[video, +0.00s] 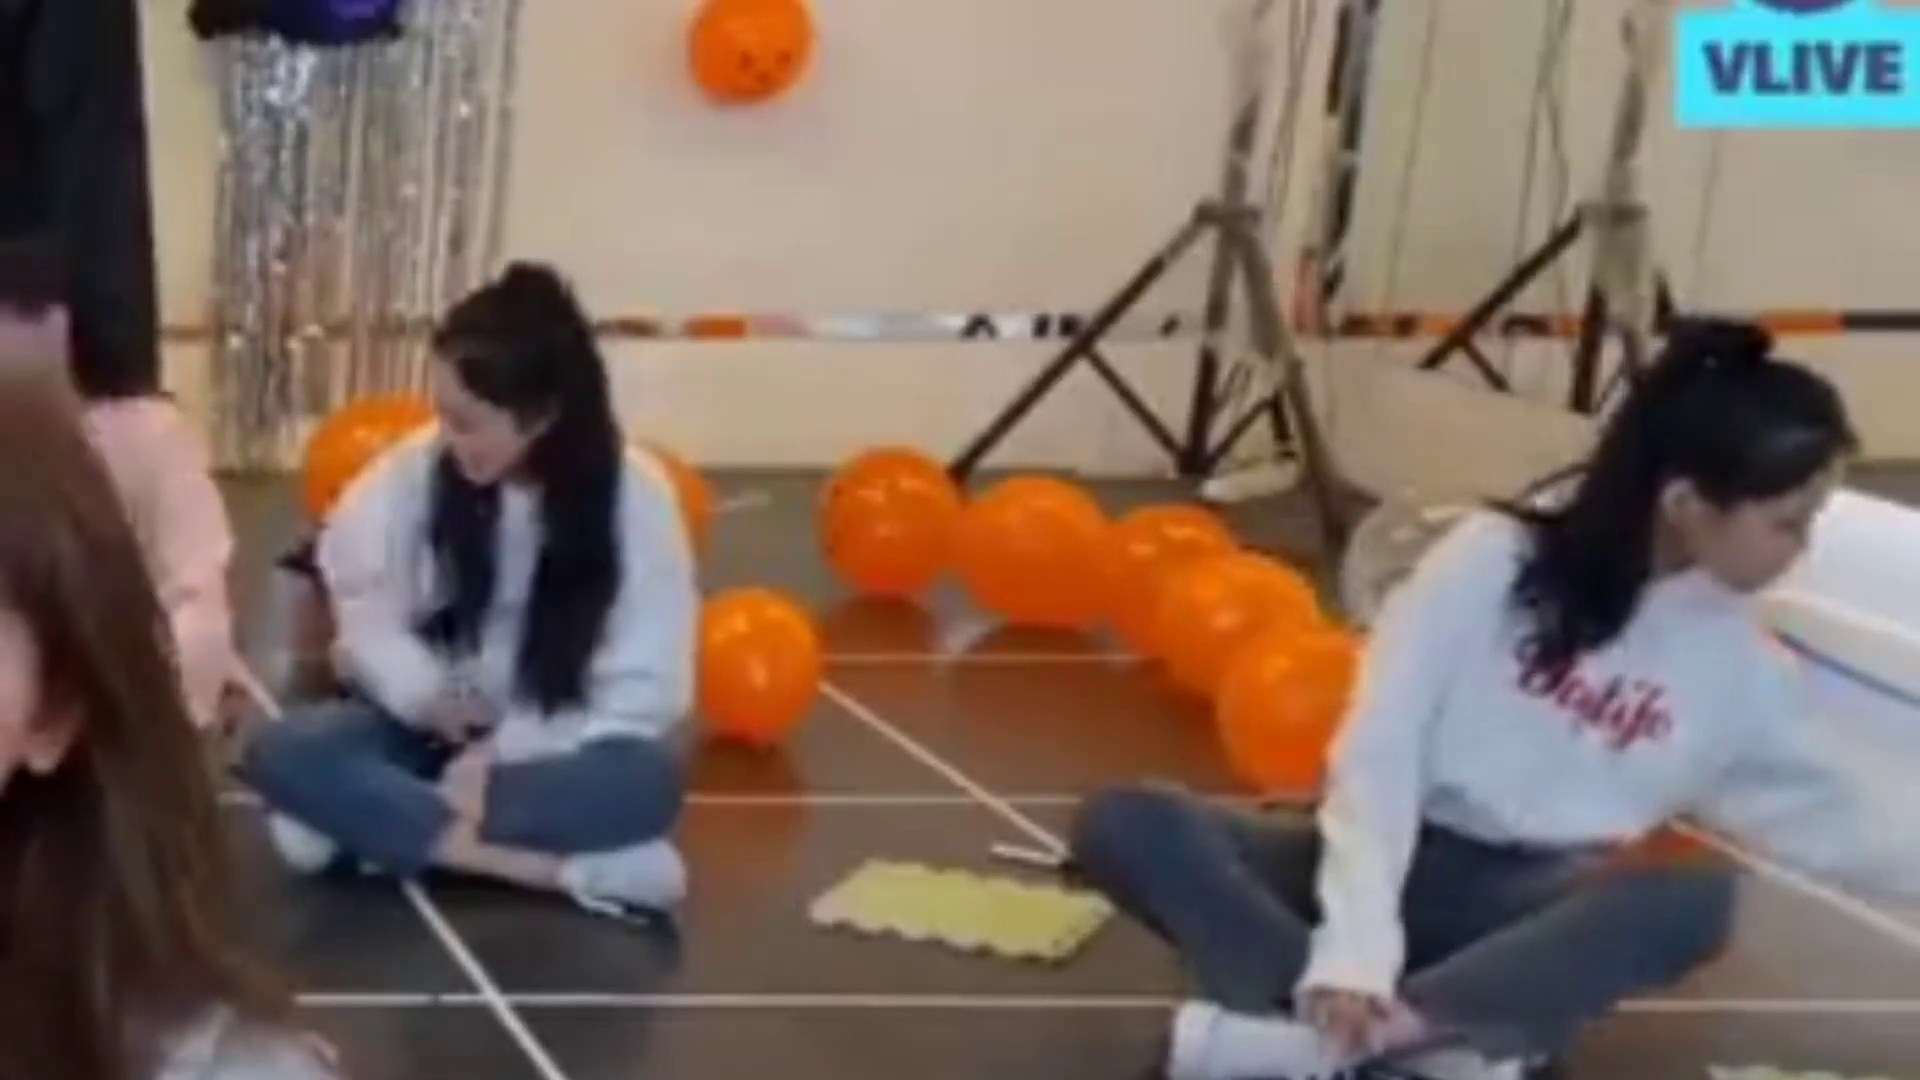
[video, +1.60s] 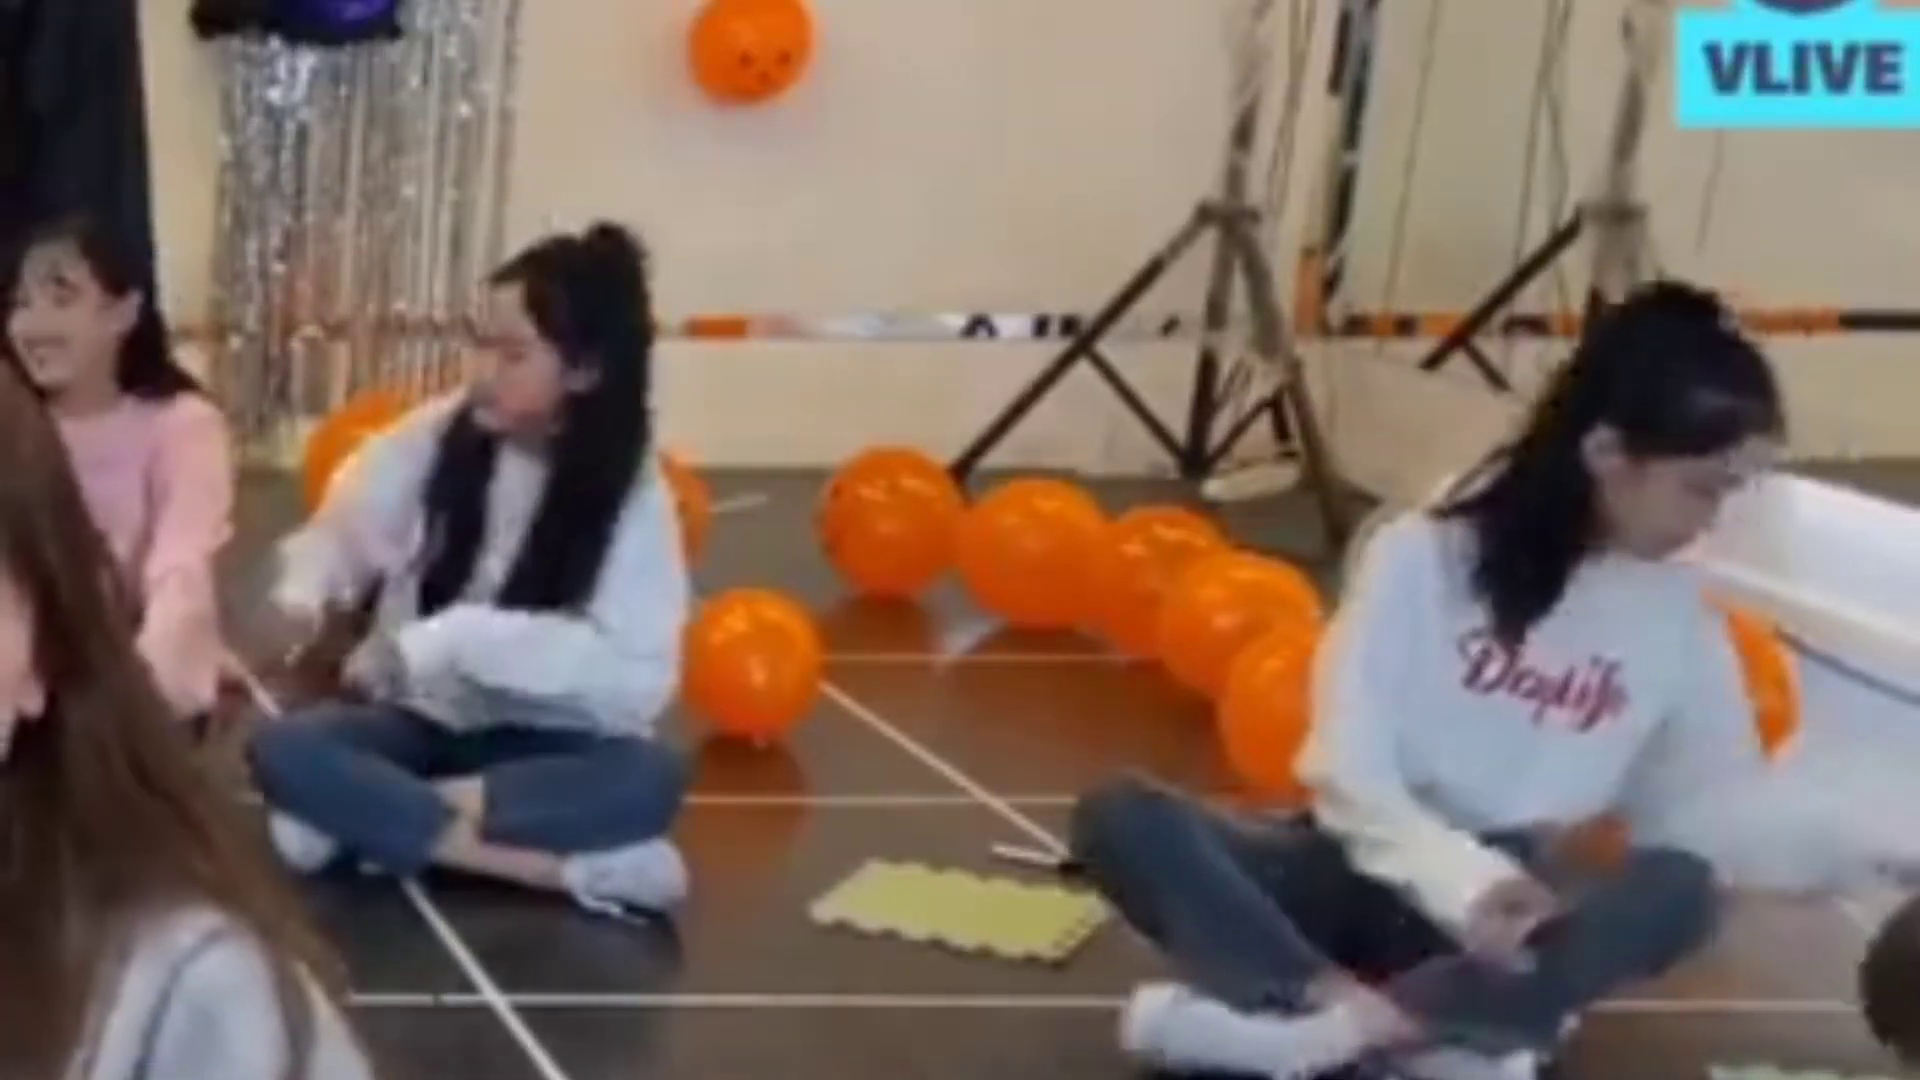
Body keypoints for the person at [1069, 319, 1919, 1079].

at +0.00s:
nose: (1803, 546)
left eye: (1812, 522)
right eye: (1788, 521)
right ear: (1688, 502)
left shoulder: (1740, 678)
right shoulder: (1488, 557)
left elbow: (1865, 831)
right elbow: (1376, 759)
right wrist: (1357, 949)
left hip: (1517, 893)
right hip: (1371, 851)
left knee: (1694, 899)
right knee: (1122, 822)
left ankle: (1330, 1040)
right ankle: (1404, 1045)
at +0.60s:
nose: (1799, 538)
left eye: (1809, 513)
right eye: (1782, 510)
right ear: (1683, 483)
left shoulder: (1736, 647)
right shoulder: (1482, 554)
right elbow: (1376, 761)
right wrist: (1351, 948)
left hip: (1516, 891)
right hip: (1369, 856)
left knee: (1687, 889)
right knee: (1143, 793)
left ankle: (1325, 1038)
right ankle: (1410, 1046)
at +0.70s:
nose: (1808, 550)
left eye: (1818, 524)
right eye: (1796, 520)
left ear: (1701, 492)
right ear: (1696, 487)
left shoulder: (1727, 651)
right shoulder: (1489, 554)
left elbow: (1683, 847)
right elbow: (1379, 757)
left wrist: (1698, 937)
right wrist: (1356, 947)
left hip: (1515, 894)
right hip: (1370, 856)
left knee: (1687, 885)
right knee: (1147, 791)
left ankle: (1325, 1040)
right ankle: (1410, 1044)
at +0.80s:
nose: (1808, 549)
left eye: (1821, 524)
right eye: (1797, 519)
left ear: (1710, 489)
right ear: (1707, 485)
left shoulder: (1727, 650)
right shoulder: (1488, 556)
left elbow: (1705, 833)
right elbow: (1376, 759)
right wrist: (1360, 950)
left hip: (1511, 886)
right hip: (1366, 852)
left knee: (1693, 894)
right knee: (1147, 791)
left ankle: (1332, 1039)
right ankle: (1404, 1043)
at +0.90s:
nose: (1805, 540)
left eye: (1820, 514)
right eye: (1794, 510)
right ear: (1704, 480)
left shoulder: (1728, 650)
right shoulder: (1481, 555)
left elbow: (1805, 819)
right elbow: (1374, 761)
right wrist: (1354, 954)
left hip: (1509, 886)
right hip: (1363, 853)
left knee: (1693, 899)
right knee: (1144, 793)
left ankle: (1329, 1039)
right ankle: (1405, 1045)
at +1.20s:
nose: (1796, 539)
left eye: (1810, 514)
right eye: (1789, 511)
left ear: (1711, 492)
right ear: (1700, 483)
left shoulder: (1720, 638)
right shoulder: (1471, 557)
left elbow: (1718, 827)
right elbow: (1363, 760)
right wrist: (1351, 953)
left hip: (1500, 892)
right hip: (1360, 855)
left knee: (1691, 901)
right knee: (1139, 796)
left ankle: (1326, 1041)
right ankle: (1406, 1046)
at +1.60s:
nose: (1718, 513)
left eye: (1734, 487)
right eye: (1706, 484)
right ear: (1607, 453)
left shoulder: (1680, 627)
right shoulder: (1418, 554)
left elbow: (1689, 821)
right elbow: (1345, 774)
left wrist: (1859, 849)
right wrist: (1469, 884)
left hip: (1508, 899)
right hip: (1354, 866)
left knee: (1680, 890)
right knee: (1119, 816)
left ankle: (1328, 1033)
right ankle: (1393, 1042)